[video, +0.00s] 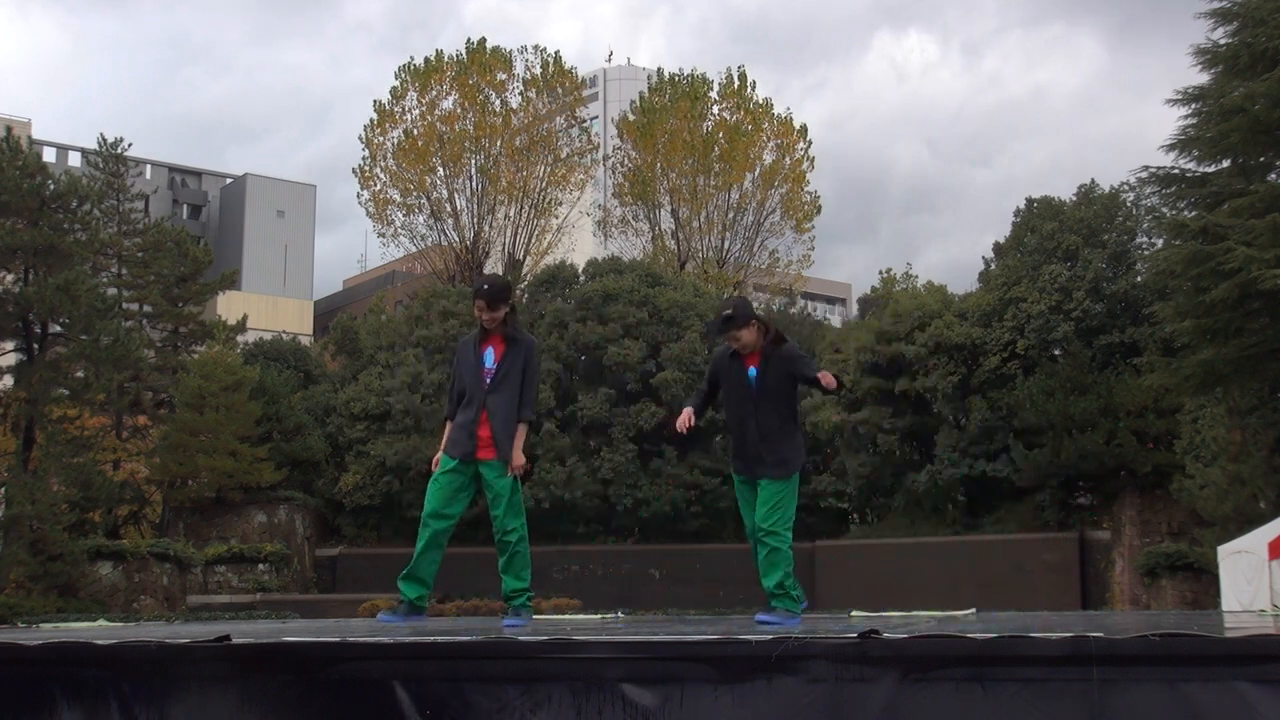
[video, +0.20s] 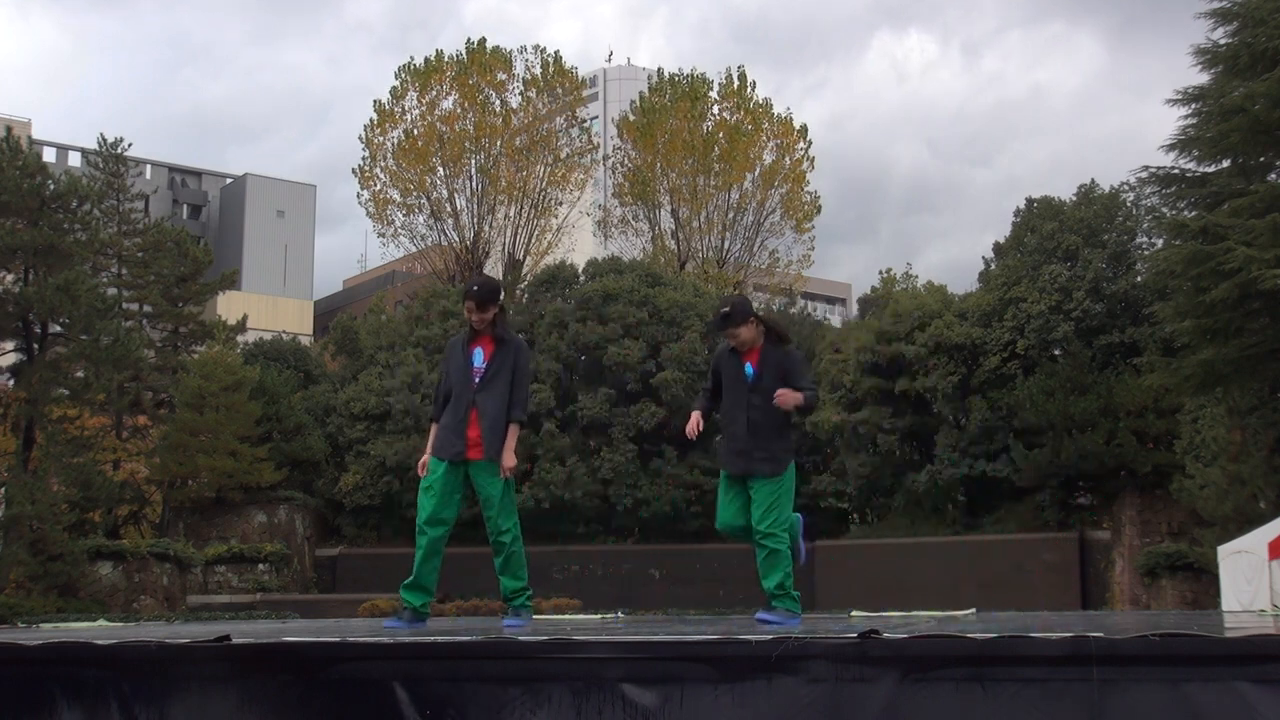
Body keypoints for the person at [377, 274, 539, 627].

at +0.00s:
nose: (486, 315)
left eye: (493, 309)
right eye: (481, 309)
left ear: (507, 307)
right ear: (474, 307)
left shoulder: (524, 346)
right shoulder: (465, 346)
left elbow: (528, 401)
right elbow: (455, 401)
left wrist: (517, 447)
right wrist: (443, 447)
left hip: (499, 452)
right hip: (459, 450)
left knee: (509, 530)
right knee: (433, 520)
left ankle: (518, 606)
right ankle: (413, 602)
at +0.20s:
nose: (476, 317)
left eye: (483, 311)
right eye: (470, 311)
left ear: (497, 308)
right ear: (464, 309)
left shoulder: (514, 347)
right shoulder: (455, 346)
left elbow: (518, 402)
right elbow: (442, 401)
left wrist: (509, 448)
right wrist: (430, 449)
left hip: (490, 453)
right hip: (448, 451)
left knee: (503, 531)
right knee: (429, 528)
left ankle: (518, 607)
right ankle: (415, 607)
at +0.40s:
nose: (456, 319)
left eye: (464, 313)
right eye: (451, 312)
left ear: (478, 310)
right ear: (444, 308)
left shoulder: (495, 347)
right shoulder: (431, 347)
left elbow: (503, 400)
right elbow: (418, 401)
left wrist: (496, 443)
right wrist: (407, 448)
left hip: (474, 450)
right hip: (428, 451)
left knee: (486, 522)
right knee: (421, 527)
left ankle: (514, 600)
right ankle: (414, 607)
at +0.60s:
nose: (444, 319)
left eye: (451, 313)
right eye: (439, 313)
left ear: (465, 308)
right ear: (430, 309)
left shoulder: (483, 343)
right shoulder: (419, 345)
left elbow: (492, 397)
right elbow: (407, 399)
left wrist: (488, 441)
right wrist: (401, 446)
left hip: (468, 448)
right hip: (422, 449)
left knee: (480, 521)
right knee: (419, 528)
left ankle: (497, 605)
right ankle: (414, 607)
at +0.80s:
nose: (445, 319)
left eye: (452, 312)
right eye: (439, 312)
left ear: (465, 305)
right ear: (430, 307)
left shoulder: (484, 339)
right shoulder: (421, 343)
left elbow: (498, 394)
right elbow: (412, 400)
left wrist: (496, 441)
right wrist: (409, 447)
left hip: (474, 447)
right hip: (428, 448)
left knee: (484, 526)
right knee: (423, 528)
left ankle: (493, 606)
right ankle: (414, 607)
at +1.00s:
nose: (452, 317)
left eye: (459, 311)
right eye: (446, 311)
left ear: (472, 305)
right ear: (437, 307)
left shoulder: (492, 340)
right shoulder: (427, 342)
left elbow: (501, 393)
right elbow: (420, 399)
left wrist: (501, 441)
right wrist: (416, 448)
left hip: (480, 448)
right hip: (435, 449)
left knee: (488, 526)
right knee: (426, 527)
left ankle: (494, 606)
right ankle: (415, 607)